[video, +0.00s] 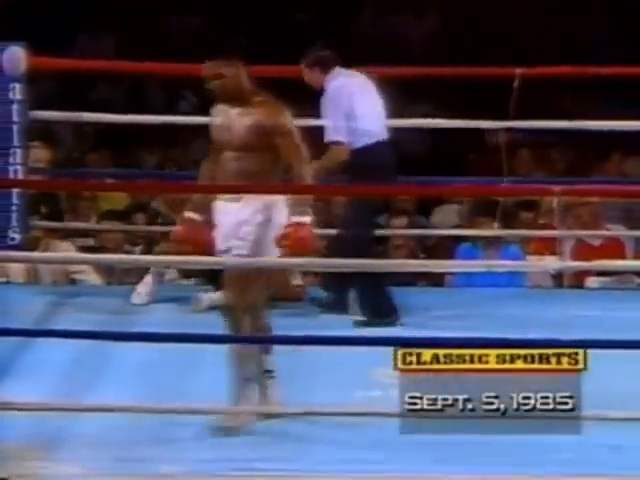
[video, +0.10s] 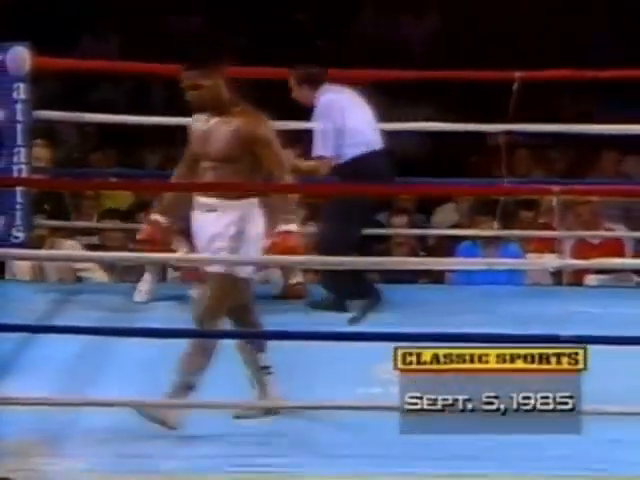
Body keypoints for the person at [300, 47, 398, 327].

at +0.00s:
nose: (307, 82)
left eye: (307, 76)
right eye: (305, 76)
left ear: (317, 70)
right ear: (331, 65)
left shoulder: (333, 91)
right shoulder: (361, 79)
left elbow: (341, 149)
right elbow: (377, 123)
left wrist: (316, 169)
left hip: (364, 155)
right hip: (384, 149)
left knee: (358, 230)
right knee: (355, 225)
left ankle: (381, 309)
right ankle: (336, 292)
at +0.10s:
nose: (293, 96)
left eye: (294, 89)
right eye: (292, 89)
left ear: (305, 87)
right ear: (317, 83)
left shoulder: (325, 104)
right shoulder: (345, 95)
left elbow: (323, 164)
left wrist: (293, 164)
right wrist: (299, 159)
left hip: (357, 167)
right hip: (376, 161)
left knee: (332, 236)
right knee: (341, 231)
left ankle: (364, 294)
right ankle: (339, 294)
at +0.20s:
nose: (286, 104)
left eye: (288, 97)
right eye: (286, 97)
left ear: (302, 94)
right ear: (308, 92)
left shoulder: (320, 115)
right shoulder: (341, 100)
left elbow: (314, 171)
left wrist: (281, 163)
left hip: (356, 173)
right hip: (379, 166)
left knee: (329, 234)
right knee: (337, 231)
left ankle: (342, 295)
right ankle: (339, 289)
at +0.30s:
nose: (287, 117)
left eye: (287, 110)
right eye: (285, 111)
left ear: (299, 105)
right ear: (307, 102)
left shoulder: (316, 123)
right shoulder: (339, 110)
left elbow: (314, 177)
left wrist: (282, 171)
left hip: (355, 180)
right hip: (378, 174)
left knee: (324, 242)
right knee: (336, 239)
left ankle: (319, 310)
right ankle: (342, 297)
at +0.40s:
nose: (289, 121)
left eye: (289, 115)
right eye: (286, 115)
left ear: (299, 110)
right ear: (310, 104)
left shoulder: (316, 127)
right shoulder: (340, 113)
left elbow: (314, 179)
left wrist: (285, 176)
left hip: (357, 183)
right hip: (380, 177)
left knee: (325, 240)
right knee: (338, 236)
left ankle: (321, 309)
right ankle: (348, 292)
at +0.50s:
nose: (293, 123)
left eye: (292, 117)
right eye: (290, 117)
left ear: (301, 111)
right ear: (312, 105)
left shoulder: (320, 125)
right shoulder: (342, 112)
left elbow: (314, 178)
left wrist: (284, 172)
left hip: (363, 182)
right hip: (383, 174)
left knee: (329, 240)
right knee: (347, 235)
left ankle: (333, 308)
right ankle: (359, 289)